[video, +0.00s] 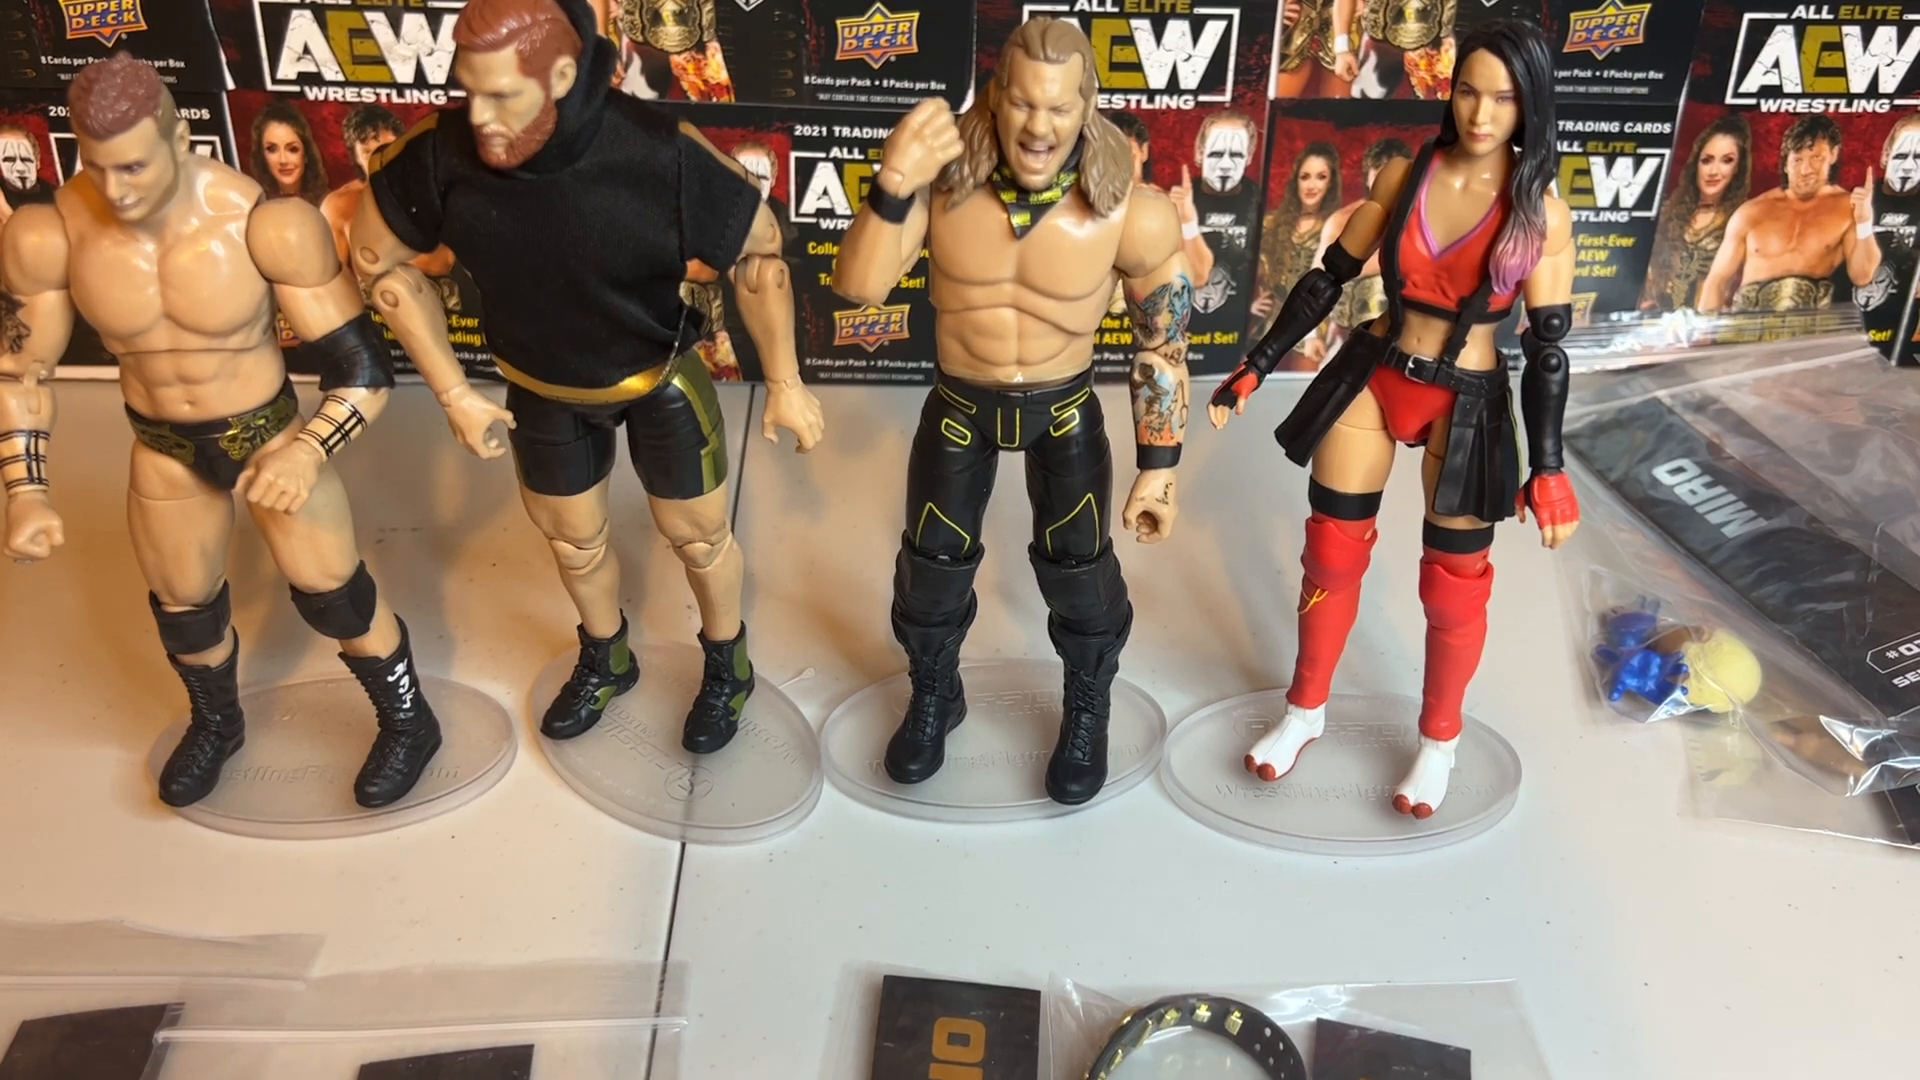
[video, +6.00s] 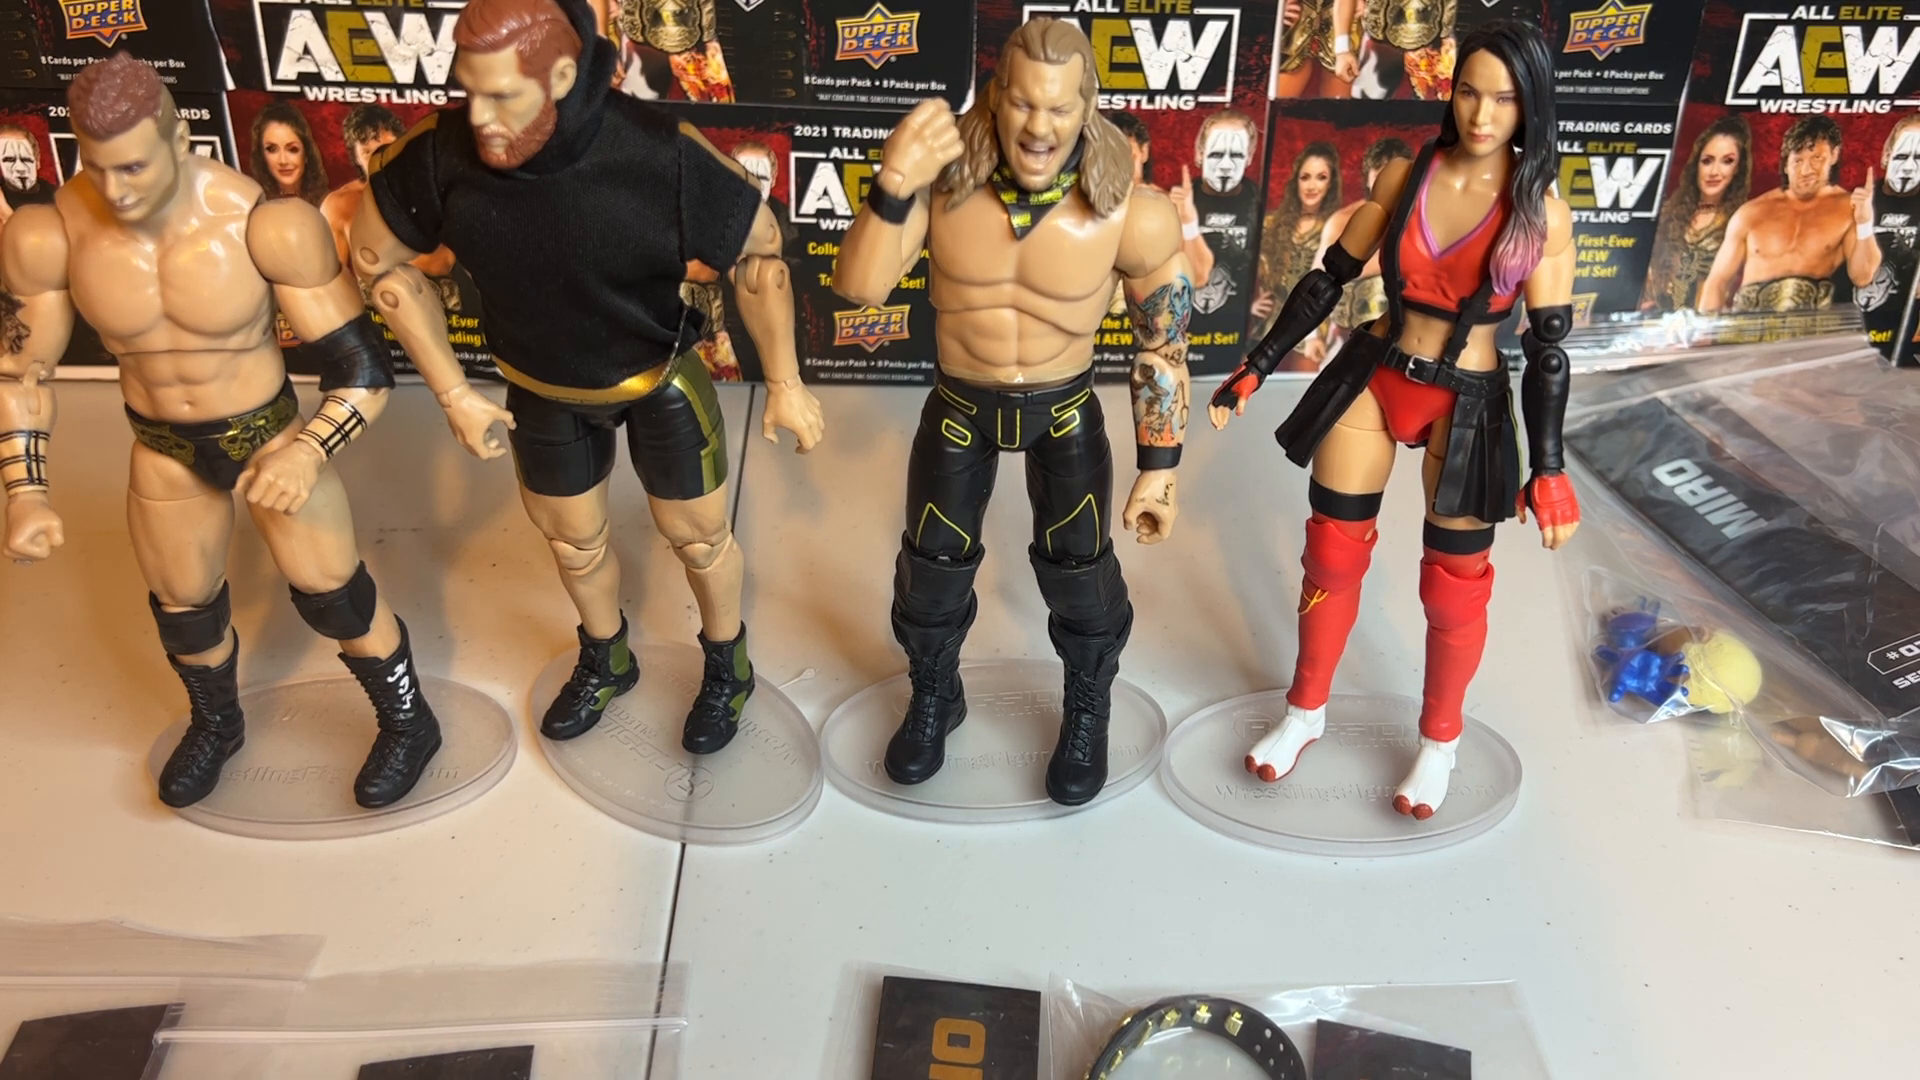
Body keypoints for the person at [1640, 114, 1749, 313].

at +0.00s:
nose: (1714, 171)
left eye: (1727, 160)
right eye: (1706, 160)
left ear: (1738, 168)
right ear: (1695, 164)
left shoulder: (1742, 219)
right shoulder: (1670, 213)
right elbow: (1653, 267)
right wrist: (1649, 299)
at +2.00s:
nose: (1714, 171)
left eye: (1727, 160)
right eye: (1706, 160)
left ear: (1739, 167)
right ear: (1695, 164)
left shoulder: (1743, 219)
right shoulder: (1671, 212)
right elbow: (1654, 265)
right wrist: (1650, 299)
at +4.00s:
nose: (1714, 171)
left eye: (1727, 161)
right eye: (1706, 160)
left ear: (1739, 168)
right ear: (1695, 164)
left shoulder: (1742, 220)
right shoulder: (1670, 213)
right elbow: (1654, 266)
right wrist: (1649, 299)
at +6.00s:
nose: (1714, 171)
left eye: (1727, 161)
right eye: (1707, 160)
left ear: (1739, 168)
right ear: (1695, 164)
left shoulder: (1742, 220)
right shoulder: (1670, 213)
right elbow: (1654, 268)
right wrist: (1649, 301)